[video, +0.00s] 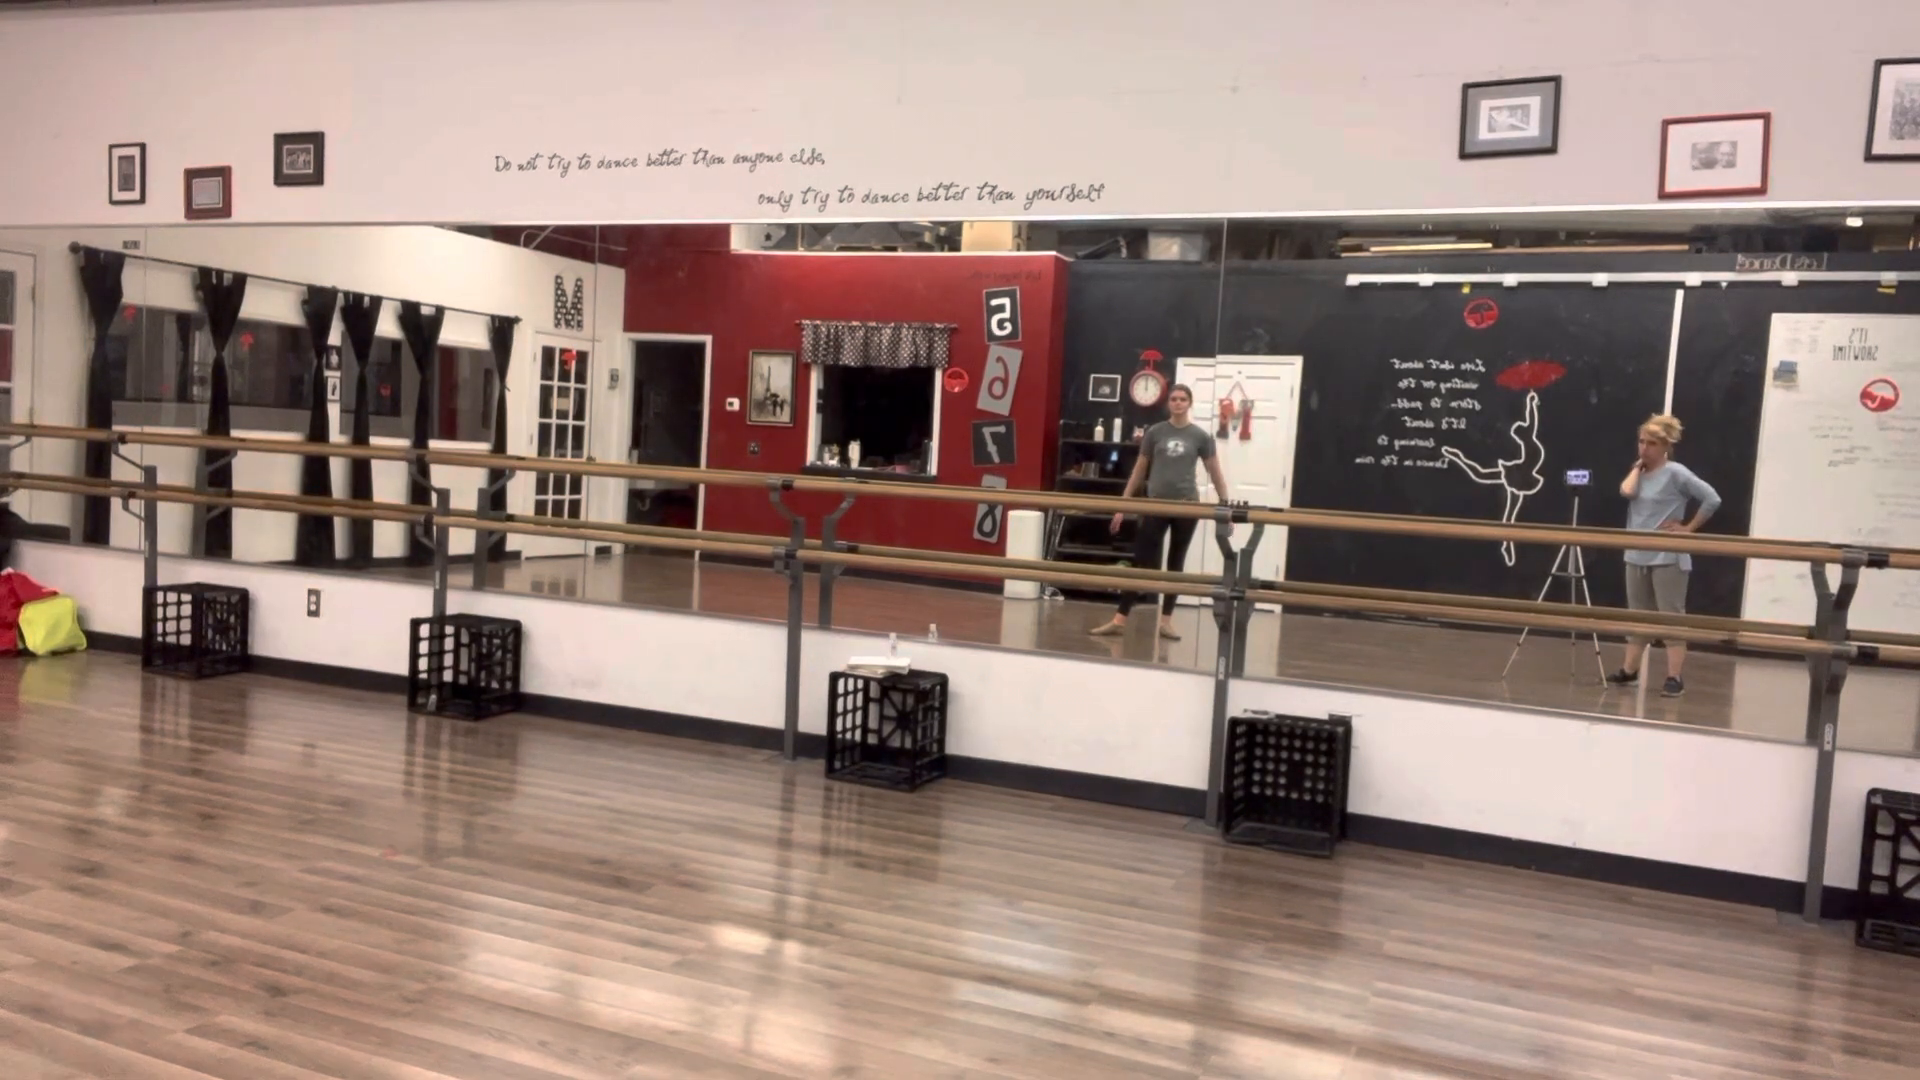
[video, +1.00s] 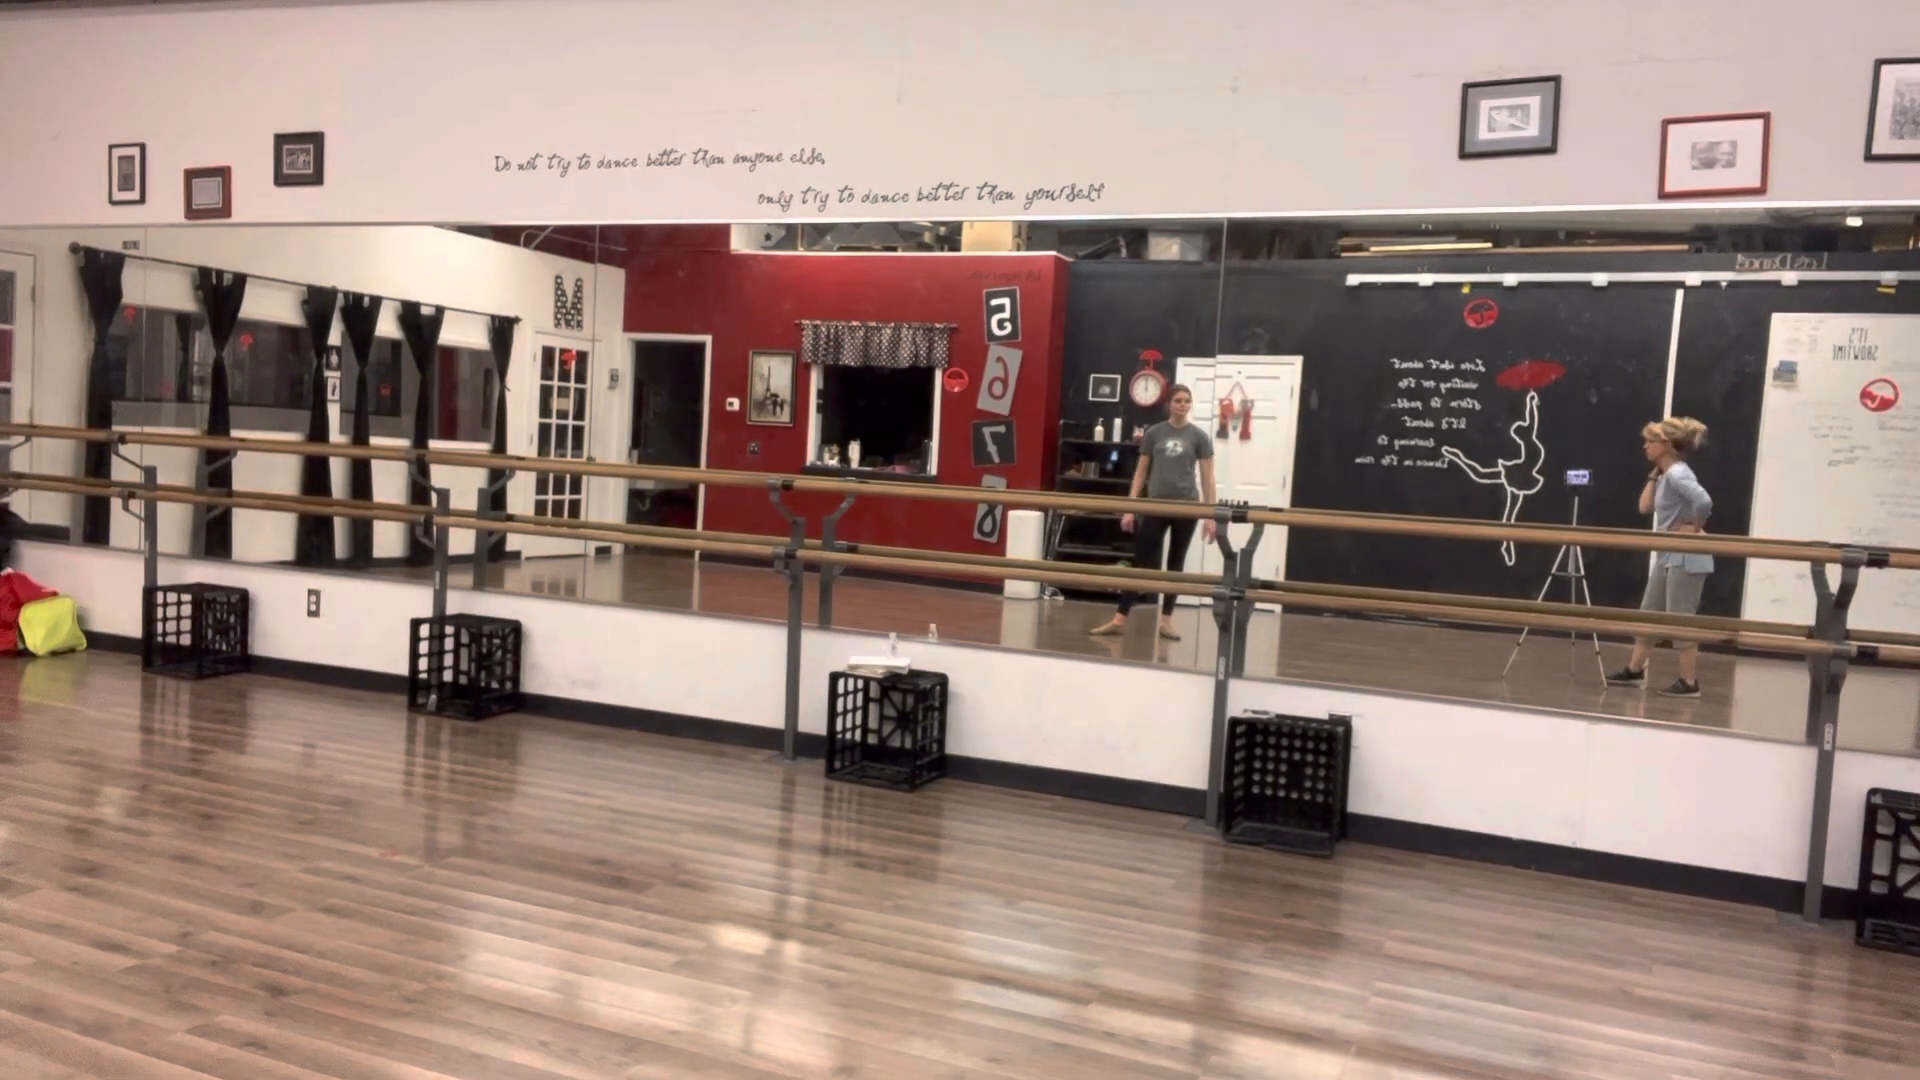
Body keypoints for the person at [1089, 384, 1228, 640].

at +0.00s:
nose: (1177, 403)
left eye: (1182, 399)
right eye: (1173, 399)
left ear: (1190, 404)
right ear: (1168, 403)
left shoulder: (1201, 436)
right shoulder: (1154, 432)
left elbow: (1215, 474)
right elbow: (1138, 471)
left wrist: (1225, 507)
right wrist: (1121, 508)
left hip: (1186, 509)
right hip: (1154, 506)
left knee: (1175, 564)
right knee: (1141, 559)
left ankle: (1165, 620)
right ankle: (1120, 618)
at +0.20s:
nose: (1177, 403)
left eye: (1182, 399)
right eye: (1173, 399)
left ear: (1190, 404)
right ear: (1168, 403)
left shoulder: (1200, 436)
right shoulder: (1154, 432)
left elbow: (1215, 475)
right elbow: (1137, 470)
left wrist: (1225, 509)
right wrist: (1120, 508)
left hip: (1186, 509)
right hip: (1155, 507)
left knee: (1175, 564)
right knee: (1140, 560)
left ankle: (1165, 620)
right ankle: (1120, 618)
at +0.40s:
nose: (1177, 404)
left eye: (1182, 400)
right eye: (1174, 400)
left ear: (1190, 404)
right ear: (1168, 403)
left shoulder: (1201, 437)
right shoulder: (1153, 432)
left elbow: (1206, 478)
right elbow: (1142, 471)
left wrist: (1204, 514)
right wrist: (1136, 507)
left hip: (1185, 510)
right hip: (1154, 507)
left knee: (1175, 565)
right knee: (1141, 561)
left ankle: (1165, 619)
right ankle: (1120, 617)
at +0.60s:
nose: (1178, 404)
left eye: (1183, 400)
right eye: (1174, 400)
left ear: (1190, 404)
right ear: (1168, 403)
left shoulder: (1200, 436)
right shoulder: (1154, 432)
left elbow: (1200, 476)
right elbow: (1148, 471)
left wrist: (1174, 503)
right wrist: (1164, 503)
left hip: (1186, 505)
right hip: (1157, 502)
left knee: (1175, 561)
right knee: (1142, 557)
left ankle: (1166, 619)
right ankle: (1120, 617)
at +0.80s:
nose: (1179, 404)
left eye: (1183, 400)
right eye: (1175, 400)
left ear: (1190, 404)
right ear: (1168, 403)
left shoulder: (1201, 437)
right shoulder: (1154, 432)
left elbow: (1202, 477)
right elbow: (1146, 473)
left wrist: (1183, 510)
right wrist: (1152, 505)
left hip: (1185, 508)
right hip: (1156, 505)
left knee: (1175, 563)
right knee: (1142, 560)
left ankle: (1166, 619)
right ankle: (1120, 617)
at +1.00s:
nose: (1181, 405)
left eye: (1185, 401)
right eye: (1177, 401)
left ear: (1191, 405)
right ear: (1169, 404)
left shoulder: (1200, 437)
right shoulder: (1153, 432)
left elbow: (1208, 479)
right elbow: (1140, 472)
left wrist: (1210, 515)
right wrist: (1130, 508)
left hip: (1185, 510)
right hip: (1154, 507)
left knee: (1175, 565)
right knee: (1141, 560)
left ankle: (1166, 620)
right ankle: (1120, 617)